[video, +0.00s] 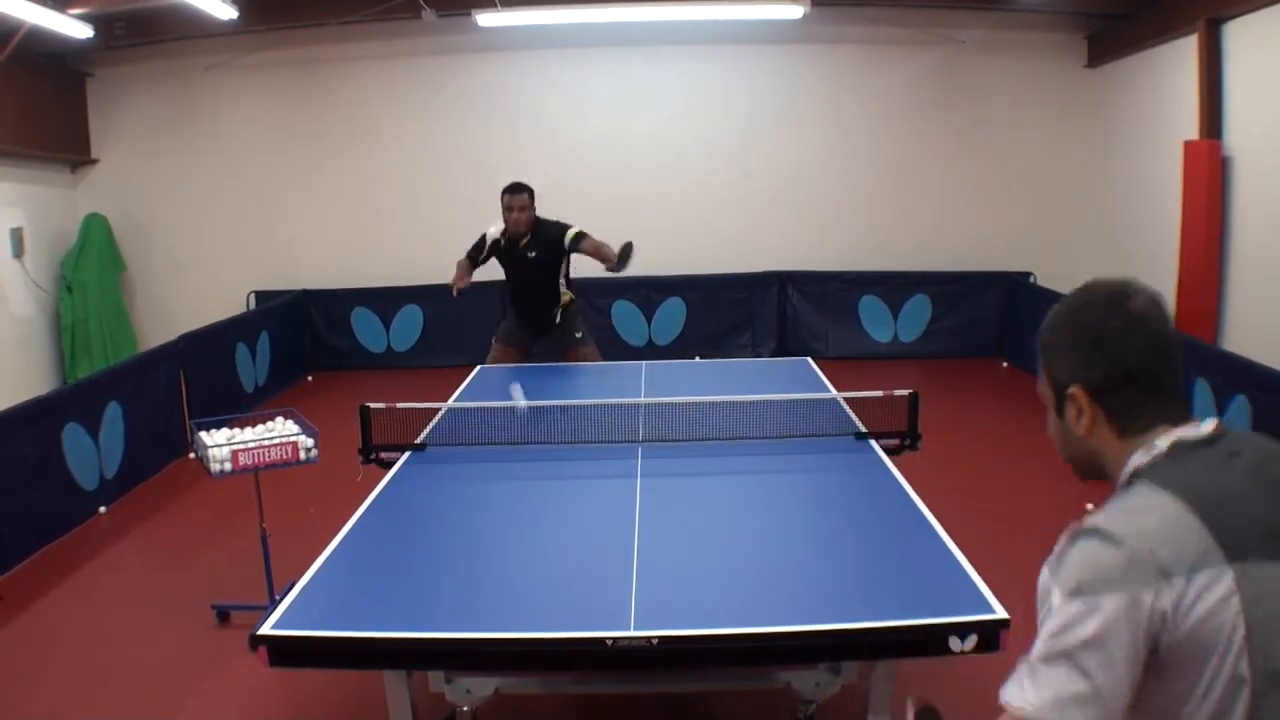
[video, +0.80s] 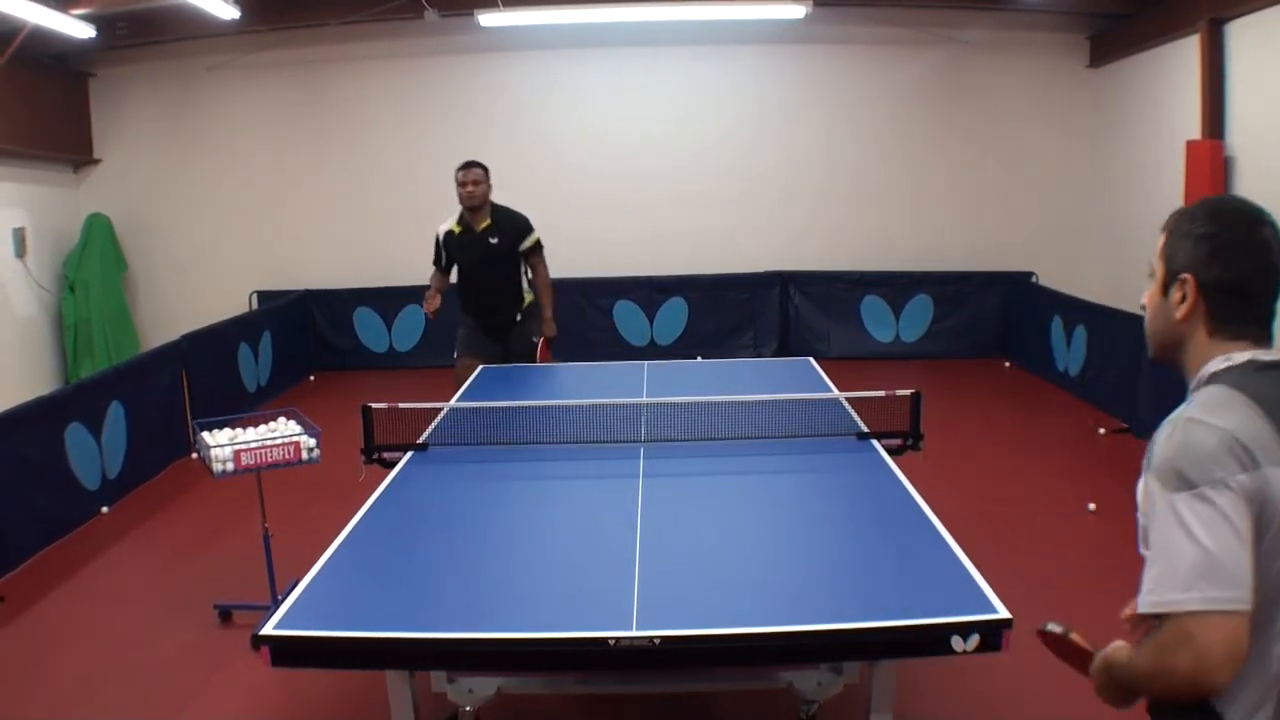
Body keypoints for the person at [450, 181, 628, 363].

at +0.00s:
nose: (516, 216)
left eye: (522, 209)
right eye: (509, 210)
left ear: (533, 210)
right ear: (502, 211)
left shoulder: (554, 232)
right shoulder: (496, 236)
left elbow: (590, 246)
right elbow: (469, 260)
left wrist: (612, 259)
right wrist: (462, 276)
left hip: (561, 314)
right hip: (520, 315)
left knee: (594, 374)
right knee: (493, 376)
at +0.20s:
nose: (536, 199)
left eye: (542, 193)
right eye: (529, 193)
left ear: (551, 195)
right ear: (520, 197)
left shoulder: (572, 227)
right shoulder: (507, 232)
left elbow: (608, 251)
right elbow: (494, 264)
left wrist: (627, 271)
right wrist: (491, 292)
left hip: (567, 316)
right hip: (524, 318)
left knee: (595, 375)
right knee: (499, 378)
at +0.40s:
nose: (553, 191)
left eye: (559, 186)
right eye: (546, 185)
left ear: (568, 190)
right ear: (536, 188)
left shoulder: (584, 227)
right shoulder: (517, 222)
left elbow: (606, 265)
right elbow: (494, 255)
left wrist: (609, 298)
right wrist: (501, 284)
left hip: (569, 316)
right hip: (524, 313)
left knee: (594, 379)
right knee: (495, 377)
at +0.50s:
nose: (546, 195)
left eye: (553, 190)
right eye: (540, 190)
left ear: (562, 194)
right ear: (531, 193)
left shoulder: (579, 232)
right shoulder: (512, 226)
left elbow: (595, 273)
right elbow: (481, 258)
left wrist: (589, 311)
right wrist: (486, 283)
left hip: (563, 322)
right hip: (518, 319)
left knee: (596, 378)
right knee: (491, 379)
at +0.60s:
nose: (524, 199)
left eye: (531, 194)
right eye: (518, 194)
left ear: (541, 199)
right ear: (510, 198)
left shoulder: (560, 235)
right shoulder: (493, 234)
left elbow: (579, 276)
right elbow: (468, 267)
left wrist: (568, 319)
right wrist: (468, 288)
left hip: (552, 328)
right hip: (507, 328)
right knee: (488, 385)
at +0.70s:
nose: (494, 197)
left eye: (501, 191)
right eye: (488, 192)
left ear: (513, 196)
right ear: (481, 196)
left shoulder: (535, 232)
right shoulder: (468, 238)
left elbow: (558, 275)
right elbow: (454, 272)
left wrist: (555, 324)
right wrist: (447, 291)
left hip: (531, 325)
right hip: (489, 325)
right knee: (481, 384)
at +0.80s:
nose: (469, 190)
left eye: (476, 184)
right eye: (463, 185)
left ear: (489, 187)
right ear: (456, 190)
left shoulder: (515, 224)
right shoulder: (447, 234)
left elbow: (538, 268)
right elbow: (441, 271)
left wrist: (547, 318)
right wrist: (434, 291)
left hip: (519, 320)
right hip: (475, 322)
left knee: (530, 388)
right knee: (467, 388)